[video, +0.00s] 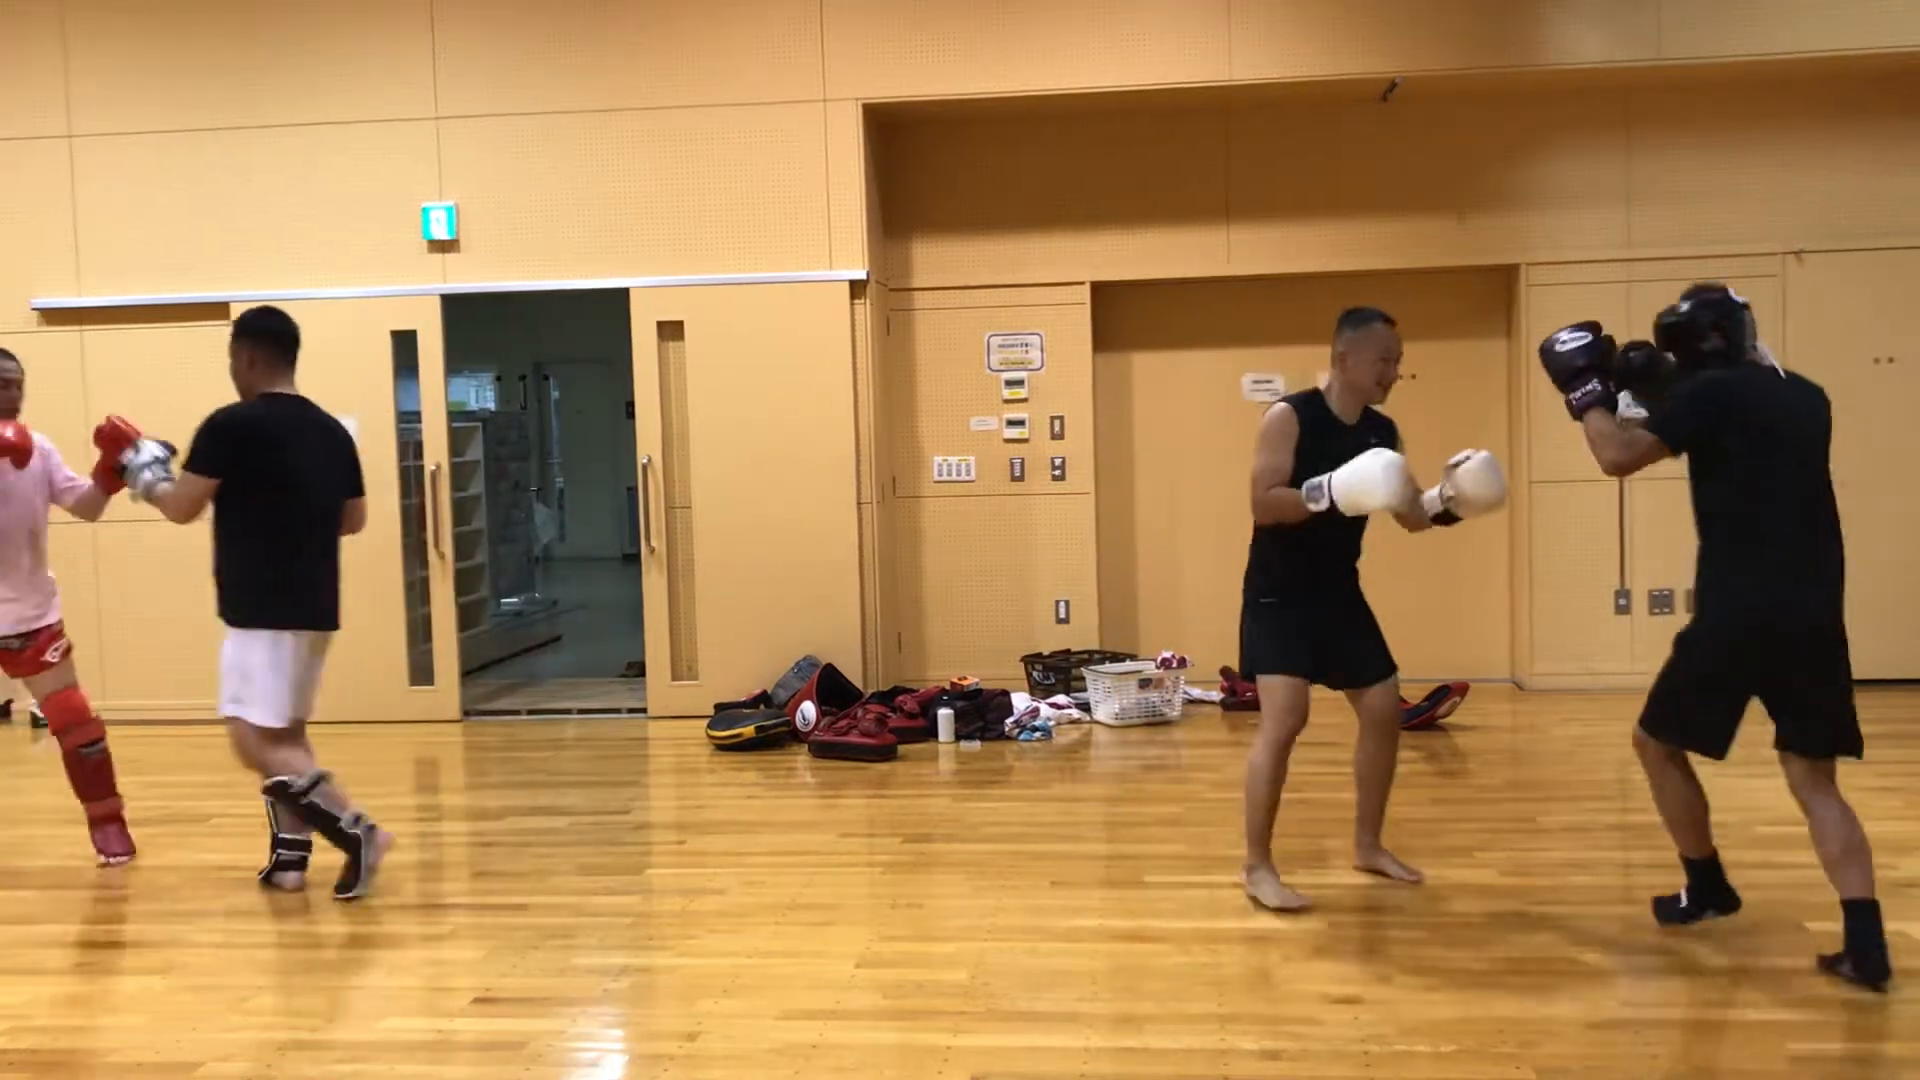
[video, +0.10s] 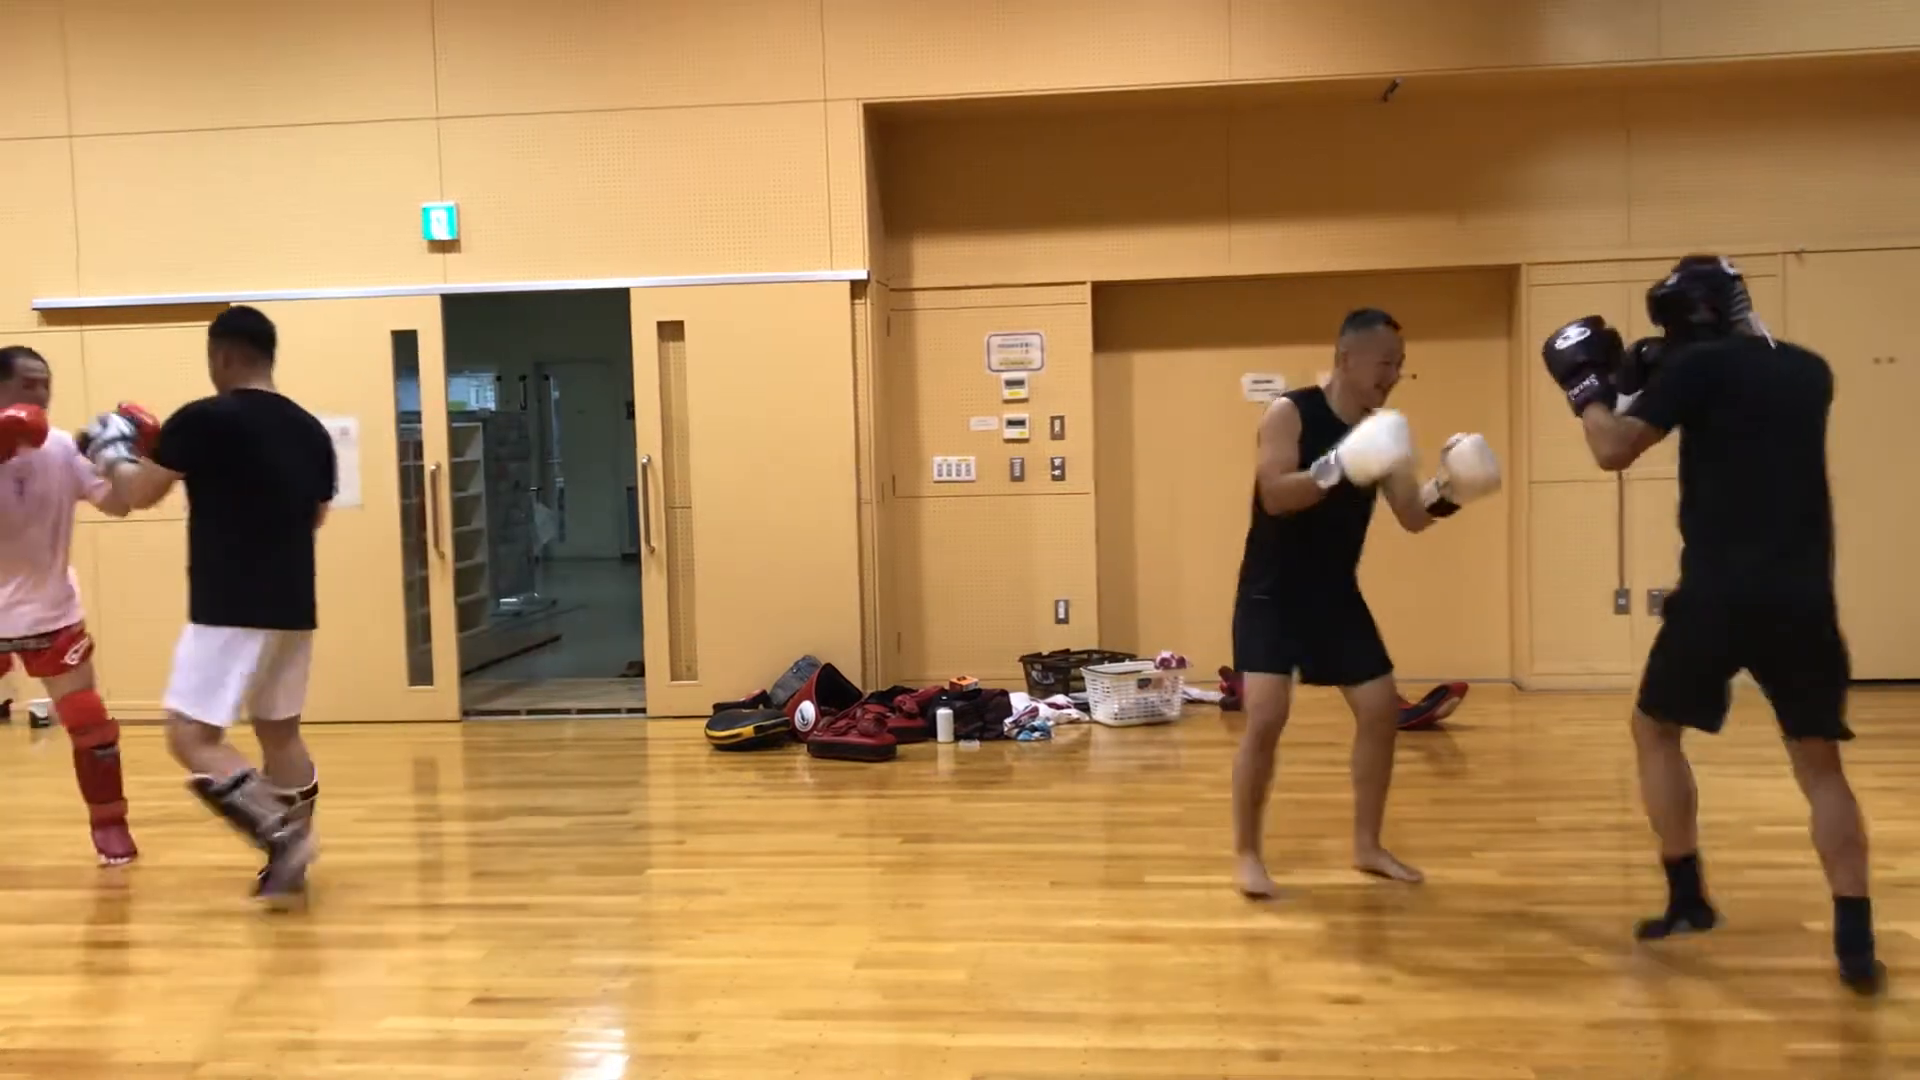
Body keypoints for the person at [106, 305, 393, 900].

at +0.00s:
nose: (231, 366)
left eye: (233, 356)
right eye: (233, 356)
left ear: (244, 357)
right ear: (292, 359)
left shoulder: (232, 426)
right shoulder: (330, 431)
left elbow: (181, 506)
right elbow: (353, 519)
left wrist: (146, 471)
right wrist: (285, 513)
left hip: (259, 607)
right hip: (316, 607)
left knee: (253, 739)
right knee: (286, 732)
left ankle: (355, 831)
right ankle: (289, 857)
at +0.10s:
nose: (210, 366)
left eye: (211, 356)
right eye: (212, 356)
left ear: (222, 356)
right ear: (271, 357)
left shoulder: (203, 420)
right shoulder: (308, 427)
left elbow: (131, 495)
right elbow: (315, 516)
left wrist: (109, 454)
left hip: (227, 607)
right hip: (294, 607)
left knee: (190, 734)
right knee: (279, 729)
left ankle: (280, 832)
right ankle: (295, 861)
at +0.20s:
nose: (182, 374)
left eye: (179, 364)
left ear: (178, 366)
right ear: (237, 365)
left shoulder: (164, 425)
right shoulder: (276, 433)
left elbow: (90, 485)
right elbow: (258, 499)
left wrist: (65, 444)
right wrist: (160, 472)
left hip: (187, 616)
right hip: (262, 615)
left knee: (142, 739)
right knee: (266, 736)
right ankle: (290, 863)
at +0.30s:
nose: (148, 384)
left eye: (145, 375)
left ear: (142, 375)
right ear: (203, 374)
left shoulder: (120, 438)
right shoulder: (242, 440)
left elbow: (50, 487)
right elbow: (248, 507)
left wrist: (53, 434)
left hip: (143, 627)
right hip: (226, 627)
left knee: (104, 759)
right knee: (250, 743)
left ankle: (75, 901)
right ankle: (287, 863)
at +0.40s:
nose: (122, 382)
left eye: (120, 373)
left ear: (119, 374)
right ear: (181, 379)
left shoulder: (89, 442)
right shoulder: (215, 442)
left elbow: (29, 506)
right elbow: (236, 509)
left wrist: (72, 454)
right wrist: (176, 489)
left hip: (112, 634)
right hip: (199, 633)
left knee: (84, 765)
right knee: (236, 747)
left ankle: (71, 906)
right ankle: (283, 863)